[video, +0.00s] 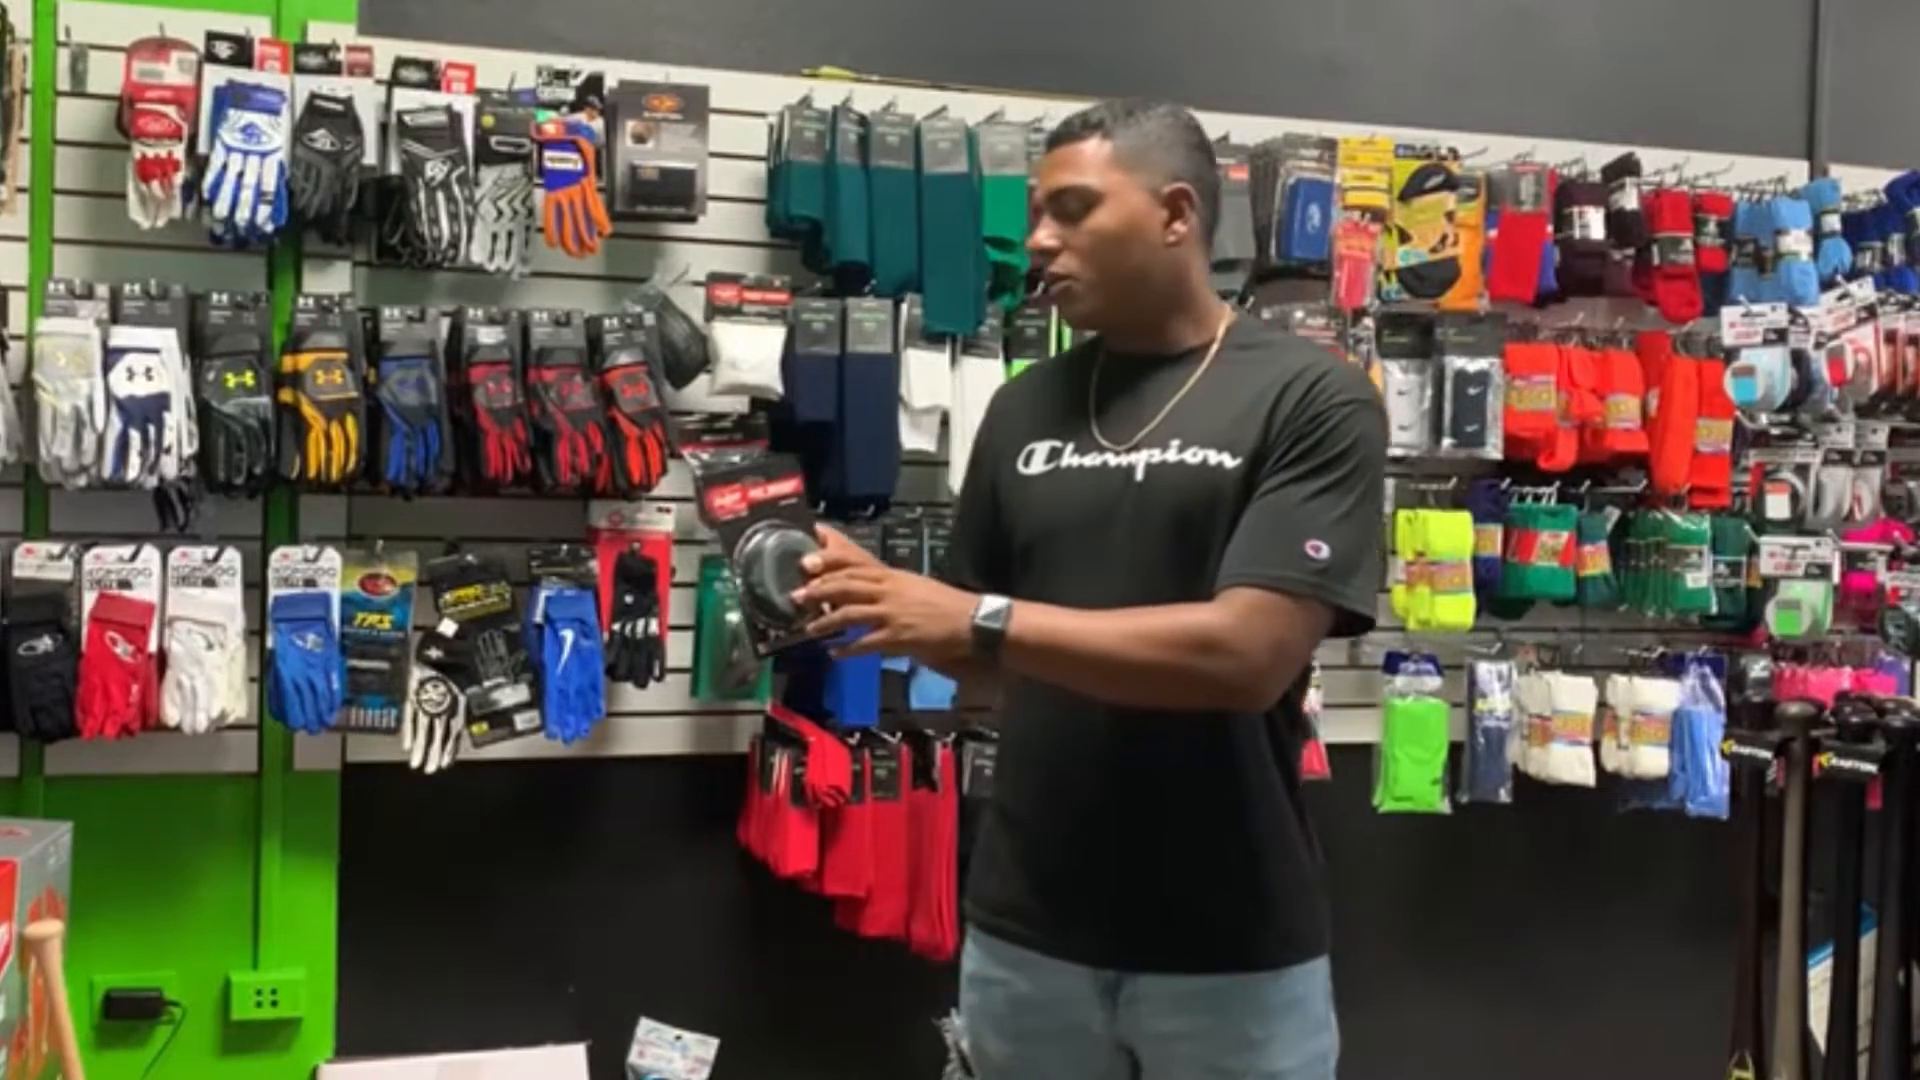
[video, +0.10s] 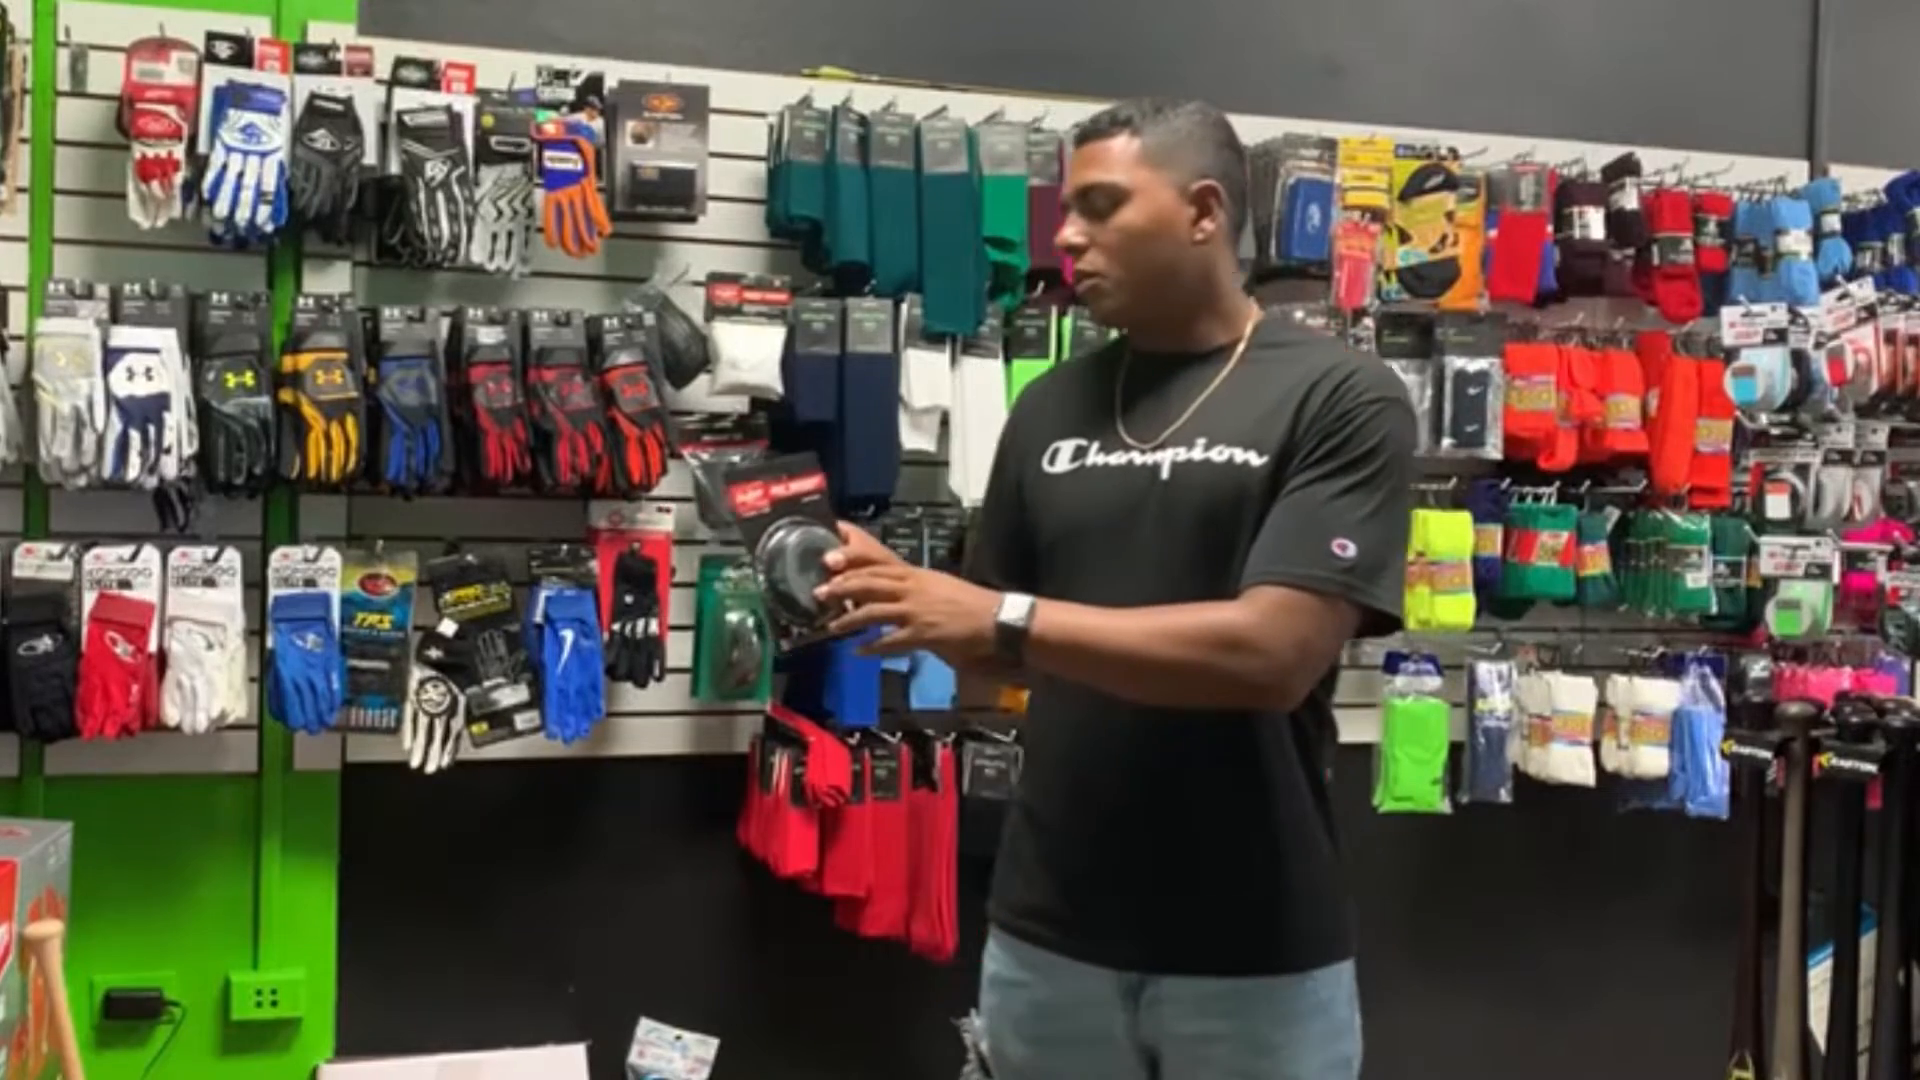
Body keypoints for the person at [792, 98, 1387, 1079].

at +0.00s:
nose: (1038, 243)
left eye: (1072, 207)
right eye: (1038, 215)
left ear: (1176, 214)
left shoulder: (1314, 396)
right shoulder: (1022, 408)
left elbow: (1249, 657)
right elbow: (985, 655)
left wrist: (973, 622)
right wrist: (870, 604)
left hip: (1232, 946)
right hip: (1027, 935)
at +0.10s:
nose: (1067, 238)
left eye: (1100, 204)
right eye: (1068, 211)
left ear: (1204, 211)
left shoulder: (1343, 394)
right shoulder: (1047, 407)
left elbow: (1274, 655)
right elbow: (1004, 650)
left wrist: (998, 619)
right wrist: (892, 599)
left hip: (1254, 948)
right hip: (1048, 936)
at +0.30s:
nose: (1128, 235)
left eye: (1162, 201)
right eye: (1128, 208)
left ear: (1268, 209)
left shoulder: (1405, 395)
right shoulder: (1103, 406)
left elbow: (1327, 658)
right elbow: (1068, 652)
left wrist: (1047, 616)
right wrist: (949, 602)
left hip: (1309, 954)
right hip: (1100, 940)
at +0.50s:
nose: (1190, 230)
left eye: (1224, 197)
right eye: (1190, 202)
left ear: (1333, 213)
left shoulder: (1469, 401)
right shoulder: (1158, 406)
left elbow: (1382, 663)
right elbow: (1115, 659)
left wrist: (1098, 617)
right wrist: (995, 597)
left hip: (1363, 965)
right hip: (1148, 947)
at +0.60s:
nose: (1216, 230)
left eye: (1250, 197)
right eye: (1215, 202)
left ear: (1361, 212)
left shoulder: (1497, 404)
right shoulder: (1183, 404)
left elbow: (1408, 666)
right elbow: (1145, 658)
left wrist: (1121, 617)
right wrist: (1023, 596)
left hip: (1384, 968)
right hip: (1169, 949)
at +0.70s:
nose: (1237, 231)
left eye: (1272, 198)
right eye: (1237, 202)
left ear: (1385, 214)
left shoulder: (1521, 407)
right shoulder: (1203, 404)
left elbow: (1431, 670)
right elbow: (1158, 652)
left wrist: (1142, 618)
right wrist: (1042, 595)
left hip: (1401, 974)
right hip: (1183, 950)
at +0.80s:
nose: (1254, 232)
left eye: (1290, 200)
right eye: (1254, 203)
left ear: (1402, 212)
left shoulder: (1538, 410)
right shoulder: (1219, 403)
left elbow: (1448, 673)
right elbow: (1175, 652)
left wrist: (1158, 620)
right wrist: (1054, 595)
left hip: (1412, 976)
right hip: (1194, 952)